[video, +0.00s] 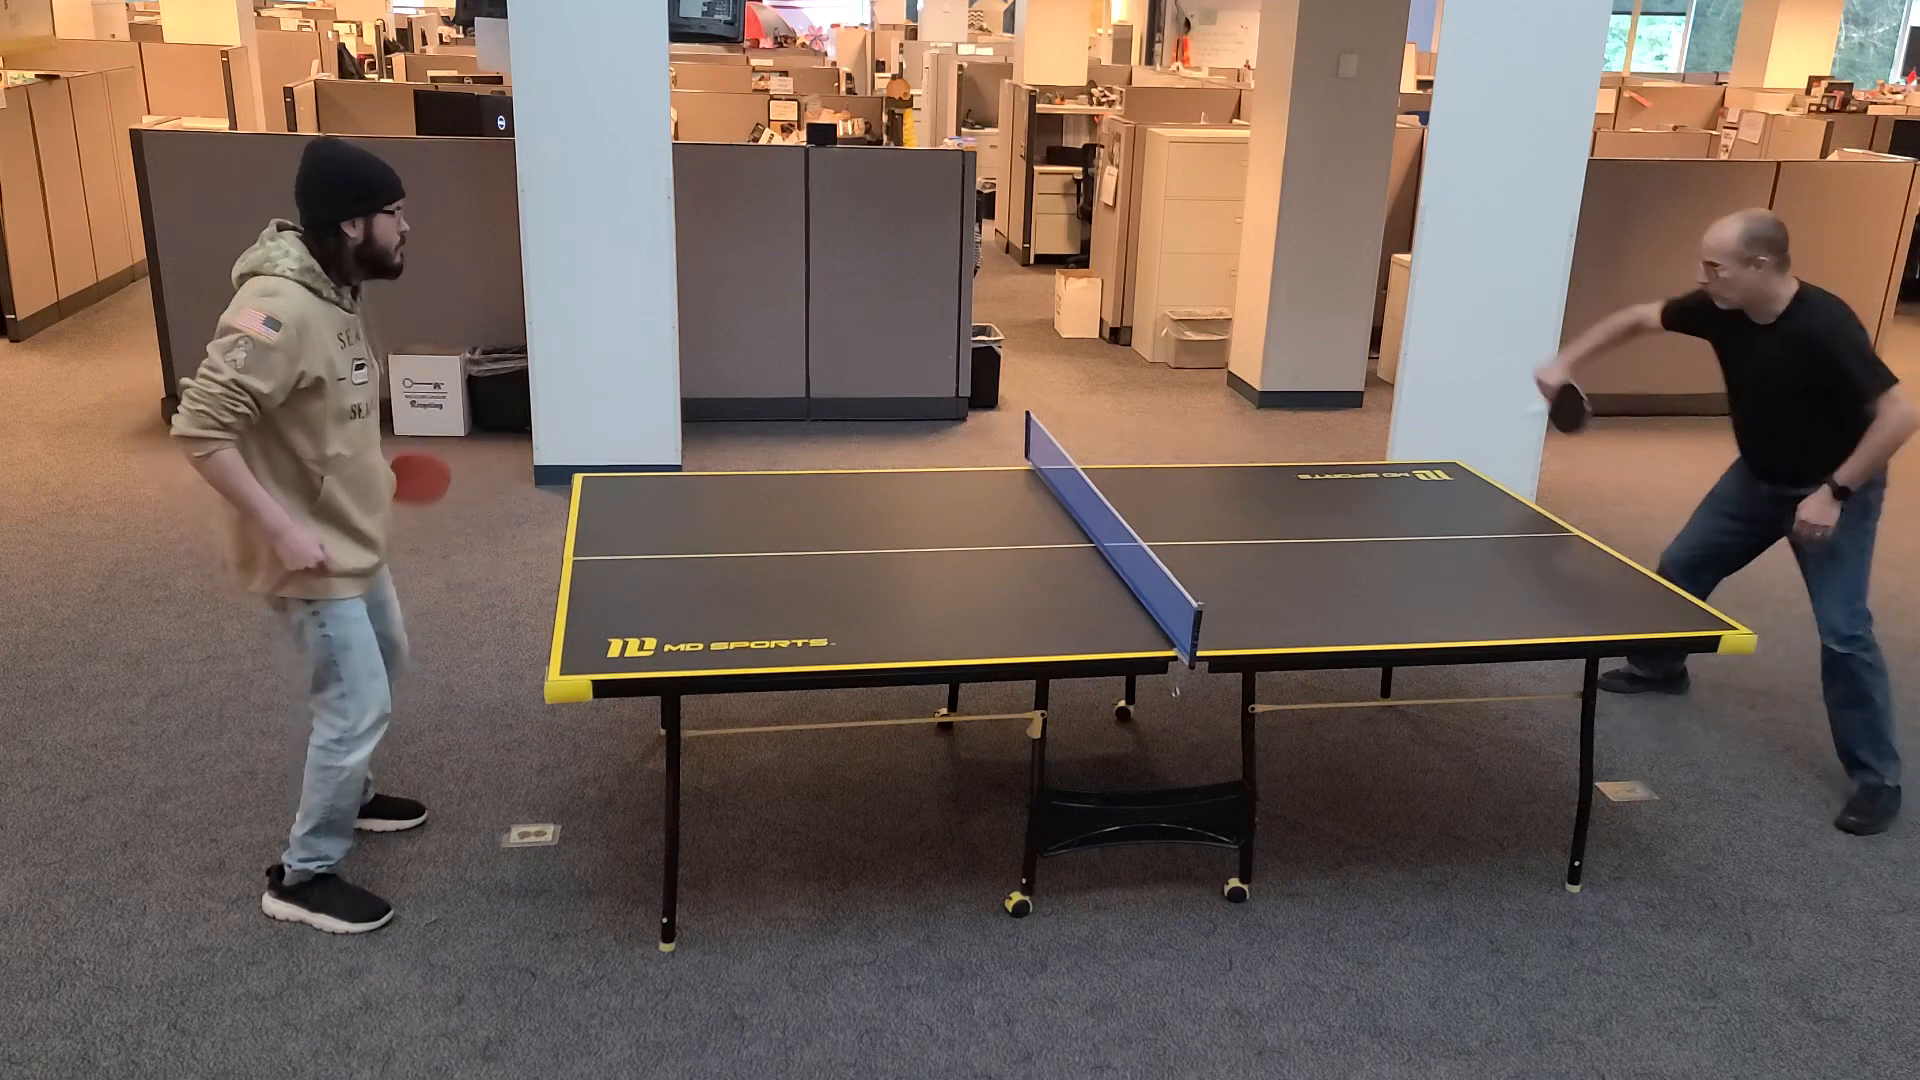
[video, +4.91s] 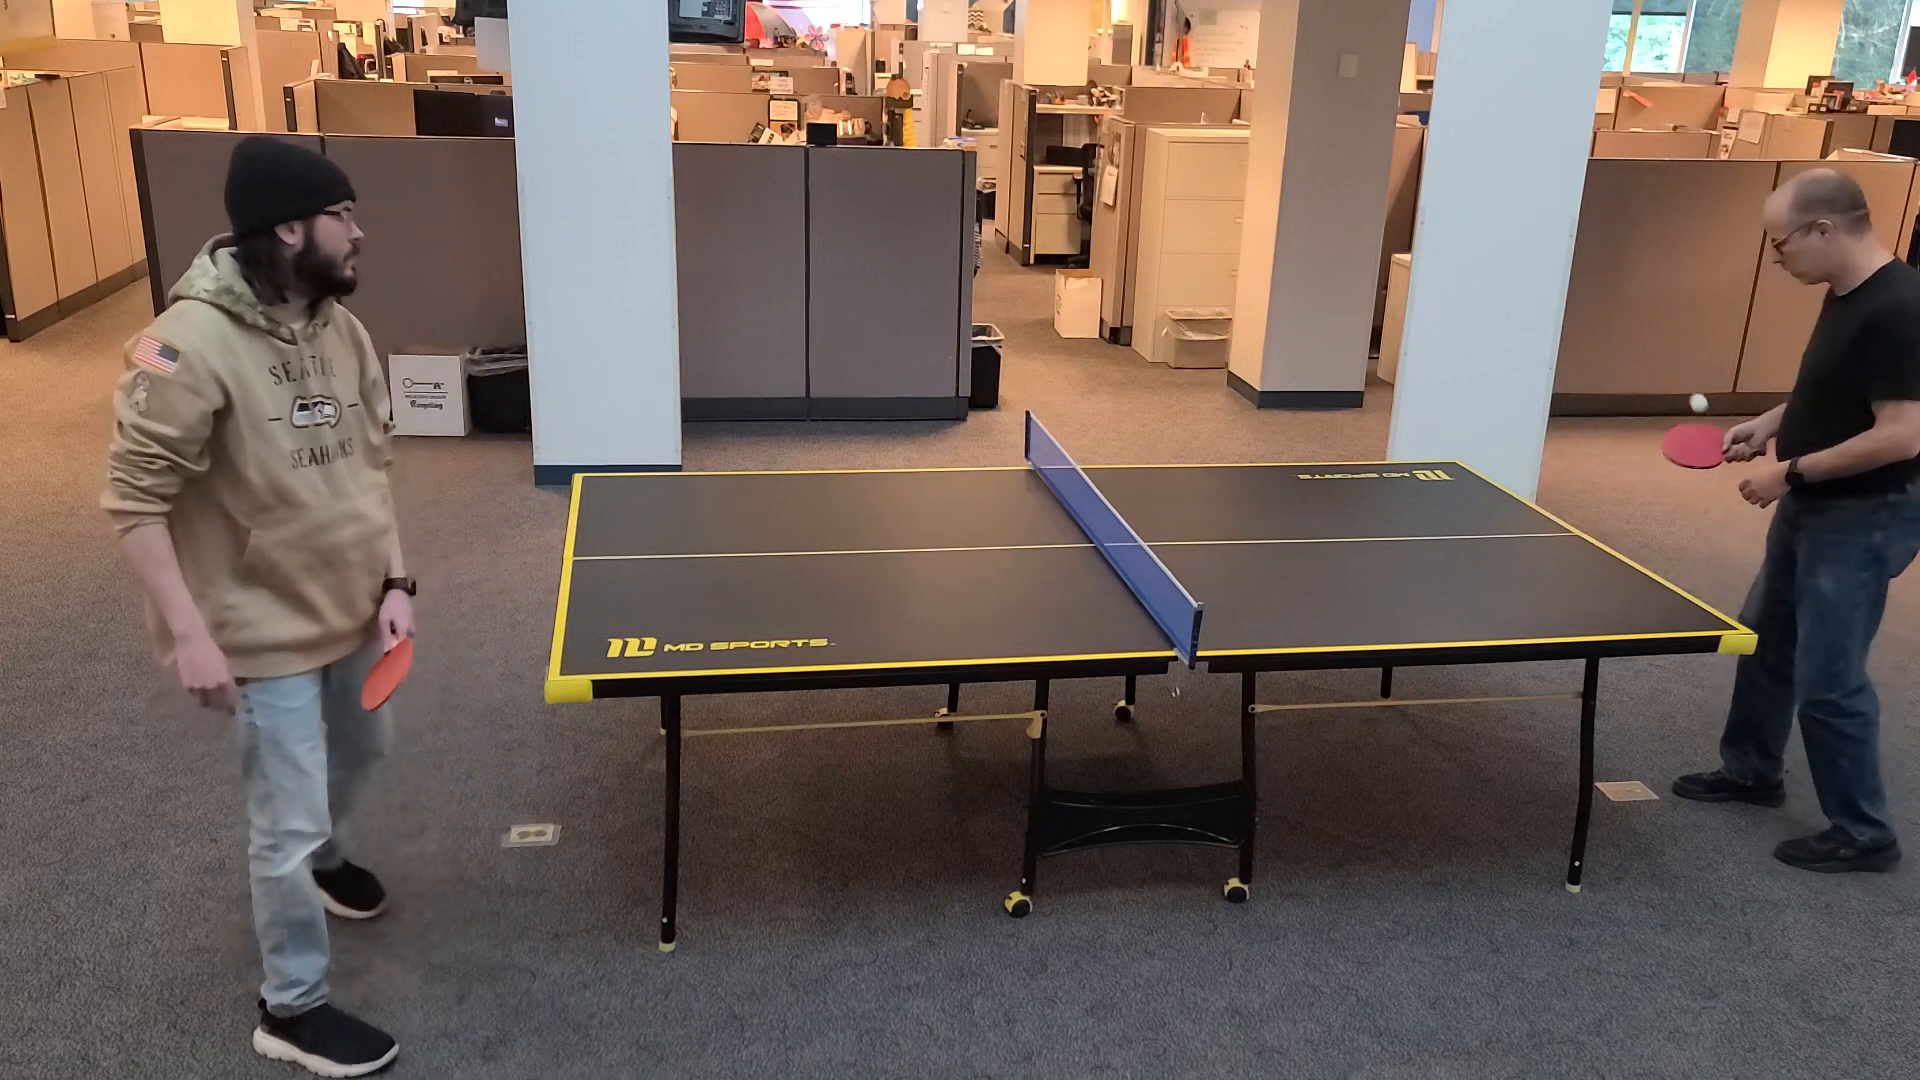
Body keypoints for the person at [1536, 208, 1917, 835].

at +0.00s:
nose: (1704, 277)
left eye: (1716, 267)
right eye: (1703, 265)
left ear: (1763, 267)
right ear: (1748, 266)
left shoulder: (1825, 323)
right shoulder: (1719, 311)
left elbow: (1901, 412)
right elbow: (1637, 319)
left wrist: (1834, 490)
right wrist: (1563, 361)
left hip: (1838, 491)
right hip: (1761, 477)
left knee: (1844, 632)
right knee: (1679, 567)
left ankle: (1876, 777)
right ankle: (1660, 665)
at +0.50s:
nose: (1685, 261)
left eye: (1697, 251)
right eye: (1684, 249)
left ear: (1744, 253)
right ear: (1729, 254)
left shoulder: (1802, 317)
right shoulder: (1705, 315)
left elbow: (1851, 417)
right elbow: (1664, 381)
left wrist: (1767, 476)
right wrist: (1624, 417)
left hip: (1810, 483)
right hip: (1735, 470)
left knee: (1805, 625)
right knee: (1658, 568)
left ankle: (1851, 768)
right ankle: (1659, 666)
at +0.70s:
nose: (1719, 256)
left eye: (1733, 245)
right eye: (1718, 243)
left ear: (1783, 248)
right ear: (1769, 249)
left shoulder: (1845, 315)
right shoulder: (1754, 310)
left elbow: (1900, 416)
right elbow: (1737, 388)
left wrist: (1814, 479)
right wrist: (1704, 428)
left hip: (1867, 484)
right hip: (1795, 474)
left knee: (1832, 642)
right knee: (1721, 580)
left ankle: (1857, 778)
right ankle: (1709, 690)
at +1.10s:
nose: (1783, 296)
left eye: (1797, 284)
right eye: (1782, 282)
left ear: (1852, 284)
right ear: (1828, 286)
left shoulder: (1910, 358)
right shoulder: (1816, 348)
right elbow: (1791, 434)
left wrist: (1879, 532)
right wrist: (1762, 494)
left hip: (1901, 557)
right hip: (1828, 540)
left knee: (1883, 706)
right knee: (1763, 637)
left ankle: (1914, 867)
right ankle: (1798, 745)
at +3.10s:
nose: (1856, 248)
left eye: (1876, 242)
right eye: (1856, 232)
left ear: (1917, 256)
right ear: (1852, 224)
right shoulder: (1839, 300)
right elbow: (1806, 377)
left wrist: (1887, 531)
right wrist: (1773, 438)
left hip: (1887, 544)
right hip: (1803, 515)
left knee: (1847, 699)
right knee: (1754, 653)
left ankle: (1820, 822)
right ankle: (1736, 784)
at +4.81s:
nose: (1765, 252)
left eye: (1772, 238)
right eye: (1762, 239)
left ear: (1818, 225)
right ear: (1812, 228)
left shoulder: (1888, 302)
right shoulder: (1821, 288)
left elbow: (1902, 427)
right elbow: (1812, 385)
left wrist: (1794, 472)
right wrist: (1746, 425)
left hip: (1856, 507)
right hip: (1796, 498)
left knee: (1820, 672)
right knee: (1758, 638)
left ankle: (1861, 826)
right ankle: (1752, 771)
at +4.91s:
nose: (1776, 256)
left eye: (1781, 242)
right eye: (1772, 243)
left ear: (1826, 231)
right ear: (1826, 231)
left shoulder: (1898, 306)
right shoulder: (1849, 293)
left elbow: (1902, 435)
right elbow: (1833, 391)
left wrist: (1791, 471)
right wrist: (1769, 422)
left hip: (1860, 518)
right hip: (1809, 508)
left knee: (1829, 682)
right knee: (1766, 642)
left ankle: (1863, 832)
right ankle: (1752, 771)